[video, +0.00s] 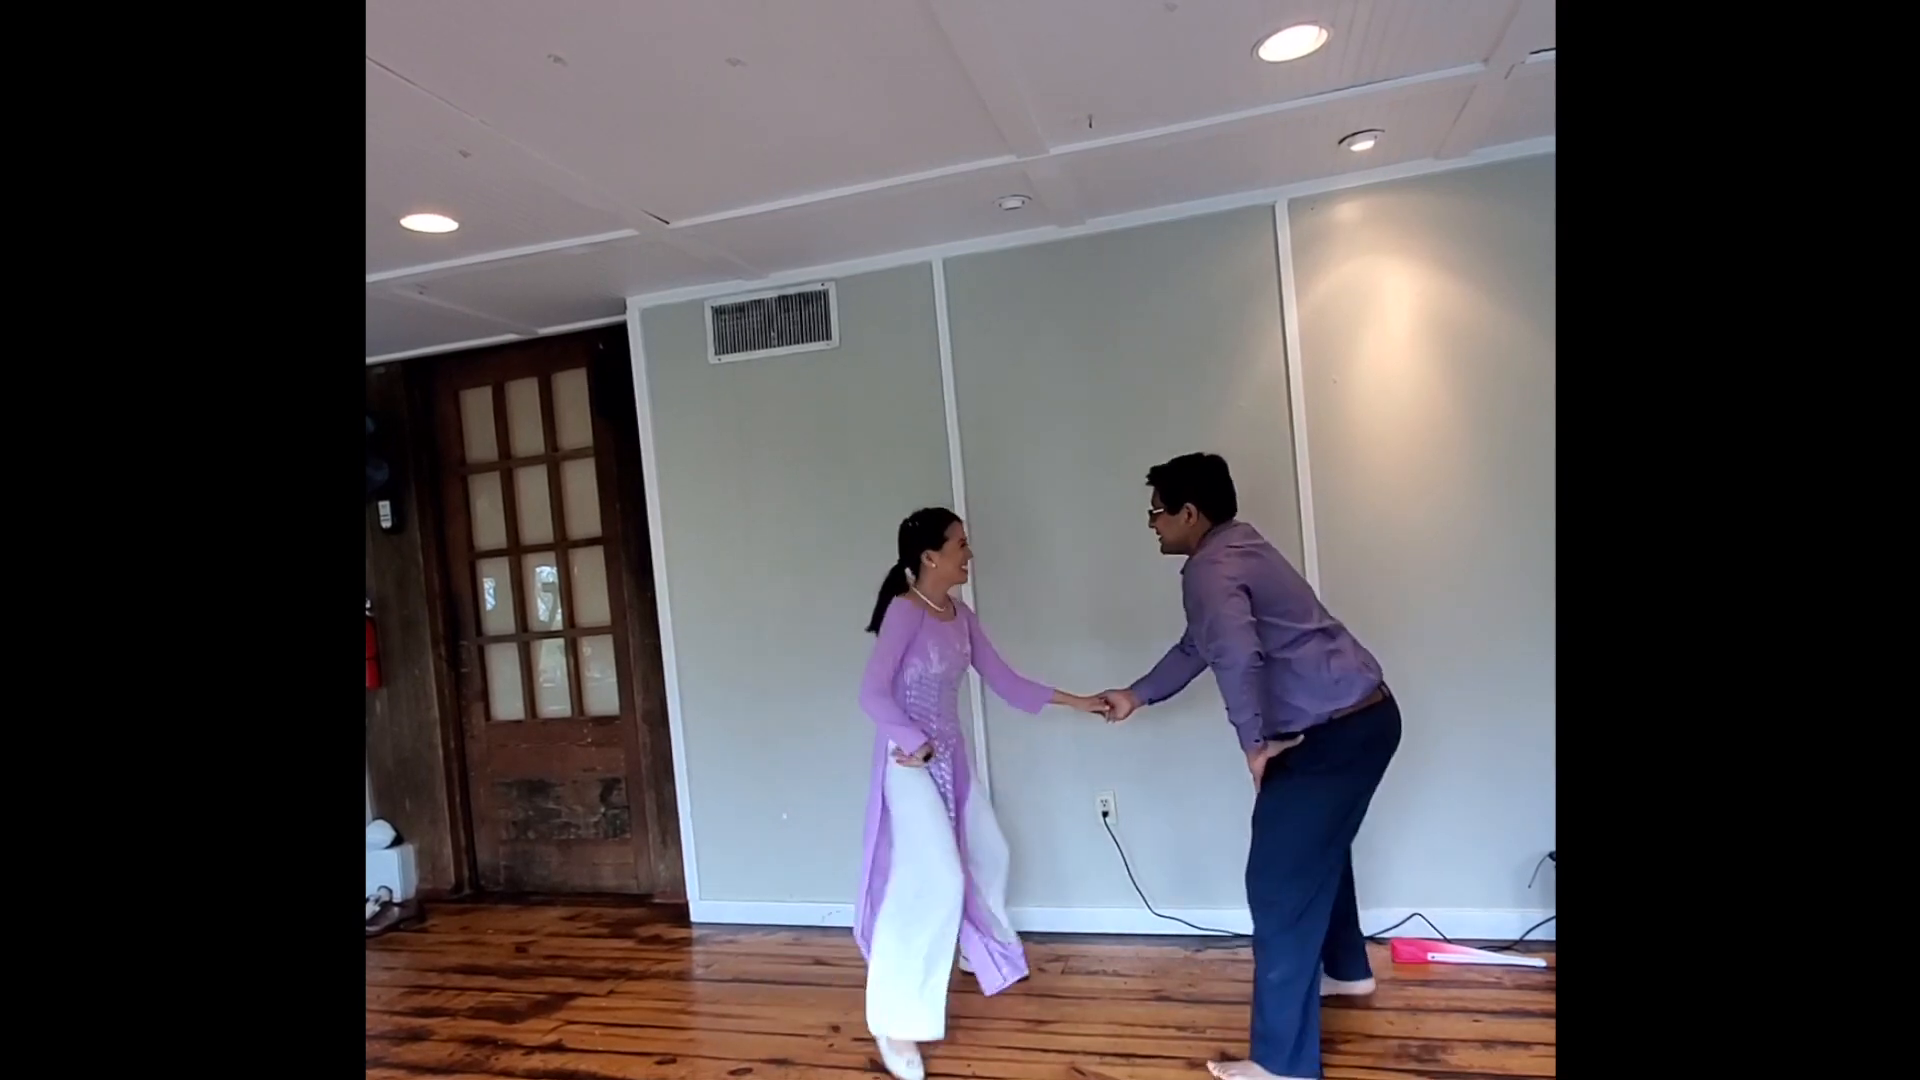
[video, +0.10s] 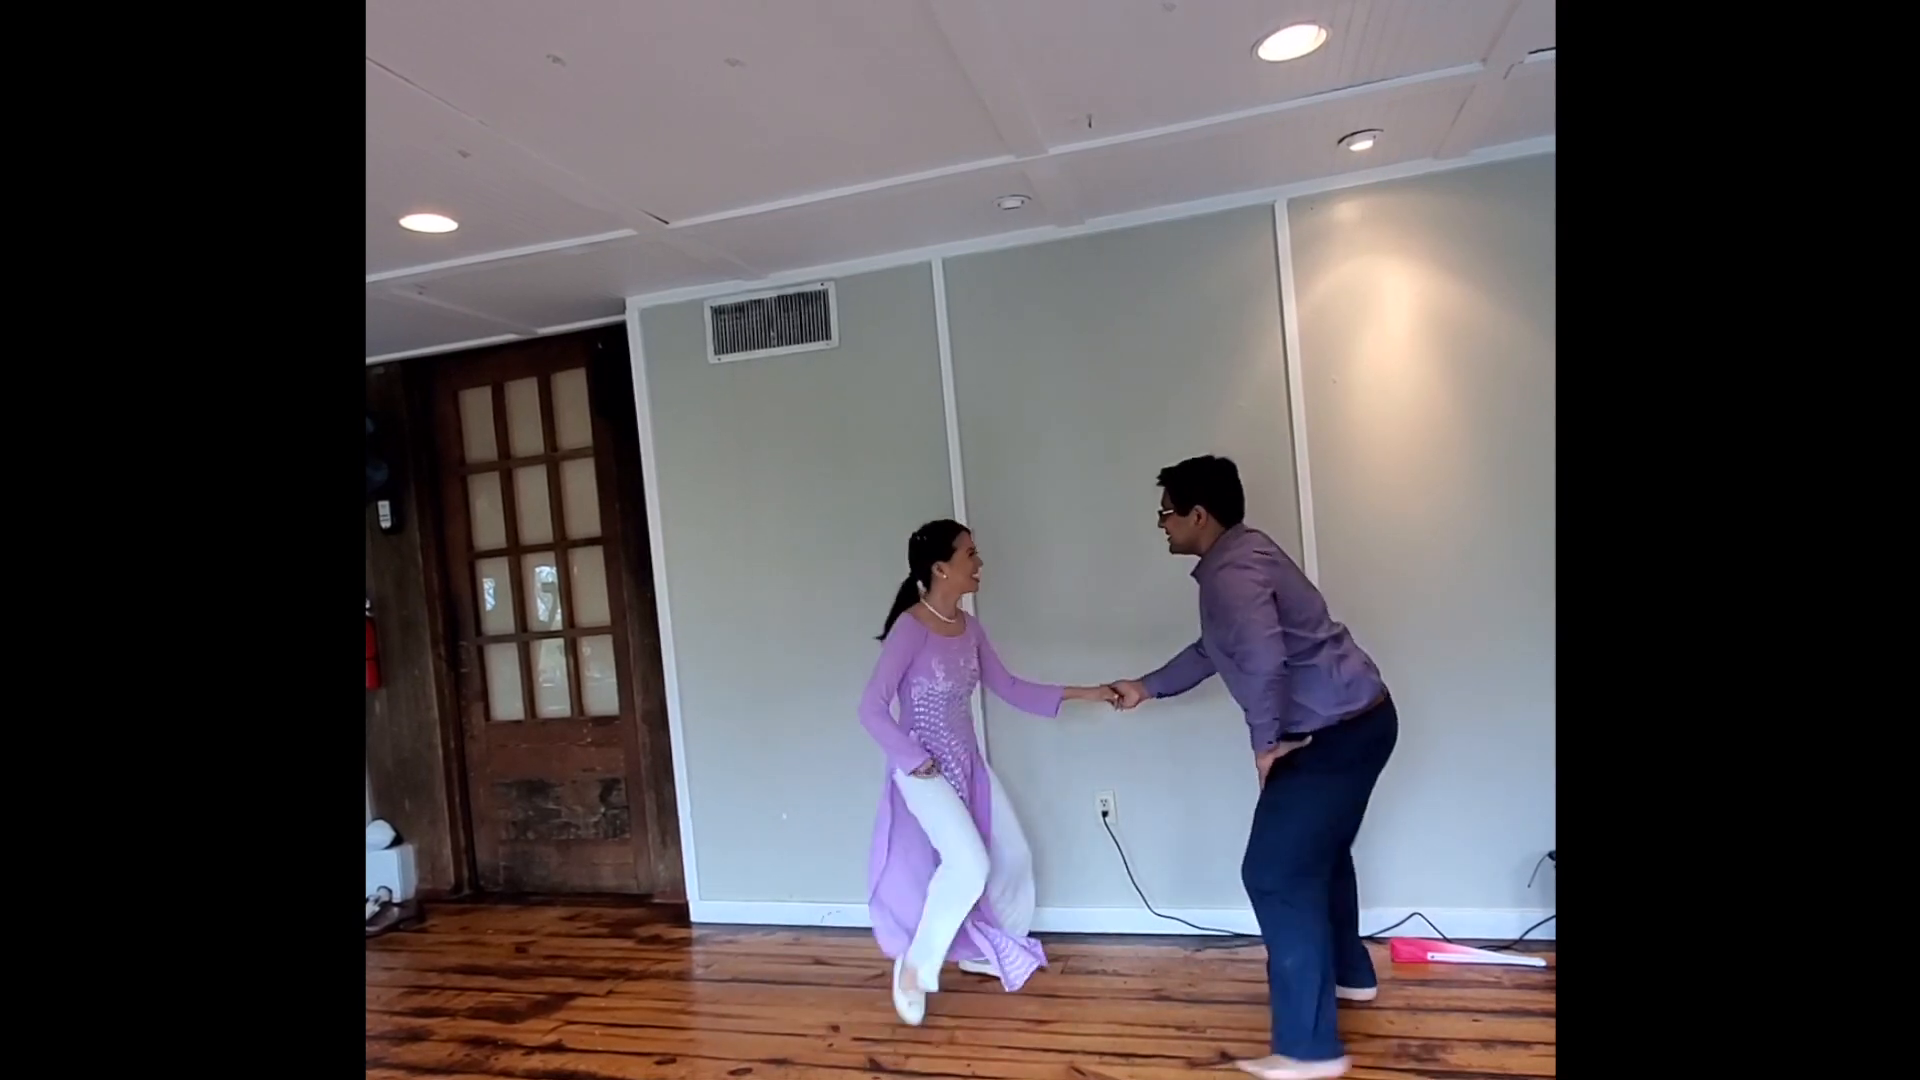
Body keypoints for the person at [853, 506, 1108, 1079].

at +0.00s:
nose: (969, 554)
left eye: (967, 545)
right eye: (960, 546)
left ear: (938, 556)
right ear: (929, 556)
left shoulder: (961, 615)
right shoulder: (906, 612)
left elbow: (1006, 682)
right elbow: (873, 690)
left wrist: (1077, 701)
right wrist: (906, 735)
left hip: (953, 756)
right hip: (909, 759)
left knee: (989, 853)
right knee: (935, 870)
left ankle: (988, 951)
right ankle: (893, 1020)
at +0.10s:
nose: (979, 562)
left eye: (976, 553)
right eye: (970, 555)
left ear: (947, 568)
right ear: (940, 568)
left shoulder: (969, 626)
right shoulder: (911, 627)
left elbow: (1008, 687)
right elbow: (871, 707)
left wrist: (1085, 693)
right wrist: (910, 755)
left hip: (968, 766)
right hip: (923, 769)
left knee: (1012, 855)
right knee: (969, 862)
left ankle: (977, 948)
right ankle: (913, 969)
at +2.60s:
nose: (844, 553)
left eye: (853, 542)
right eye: (832, 546)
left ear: (870, 548)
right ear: (819, 558)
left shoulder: (902, 615)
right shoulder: (807, 623)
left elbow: (926, 687)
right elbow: (791, 695)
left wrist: (924, 695)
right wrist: (791, 741)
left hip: (888, 769)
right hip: (836, 773)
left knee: (891, 885)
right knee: (854, 888)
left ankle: (888, 1013)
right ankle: (873, 1011)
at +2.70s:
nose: (830, 555)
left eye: (840, 544)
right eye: (818, 547)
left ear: (859, 550)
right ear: (806, 557)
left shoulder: (891, 613)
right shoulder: (797, 625)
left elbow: (947, 676)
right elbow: (778, 693)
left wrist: (934, 632)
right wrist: (785, 737)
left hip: (879, 769)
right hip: (826, 772)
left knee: (873, 886)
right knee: (832, 886)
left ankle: (868, 1013)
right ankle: (852, 1010)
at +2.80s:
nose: (811, 540)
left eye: (822, 529)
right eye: (800, 531)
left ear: (842, 537)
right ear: (790, 541)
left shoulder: (867, 588)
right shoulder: (780, 608)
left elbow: (951, 607)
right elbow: (758, 675)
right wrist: (764, 718)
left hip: (871, 749)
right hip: (817, 755)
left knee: (883, 864)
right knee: (807, 871)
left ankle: (908, 970)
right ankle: (813, 999)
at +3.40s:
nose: (775, 551)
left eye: (787, 543)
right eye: (768, 544)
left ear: (810, 558)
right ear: (758, 559)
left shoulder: (822, 595)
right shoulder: (743, 620)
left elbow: (870, 533)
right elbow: (721, 685)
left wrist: (913, 469)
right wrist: (722, 724)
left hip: (831, 754)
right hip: (775, 764)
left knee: (884, 868)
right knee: (791, 883)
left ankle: (949, 993)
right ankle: (804, 1002)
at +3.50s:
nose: (778, 552)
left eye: (791, 545)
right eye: (771, 546)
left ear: (813, 563)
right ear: (761, 565)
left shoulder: (830, 613)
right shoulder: (751, 635)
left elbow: (875, 551)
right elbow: (730, 708)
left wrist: (901, 483)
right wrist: (732, 735)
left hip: (836, 763)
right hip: (779, 772)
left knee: (887, 881)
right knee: (790, 889)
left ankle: (947, 1003)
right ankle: (810, 1007)